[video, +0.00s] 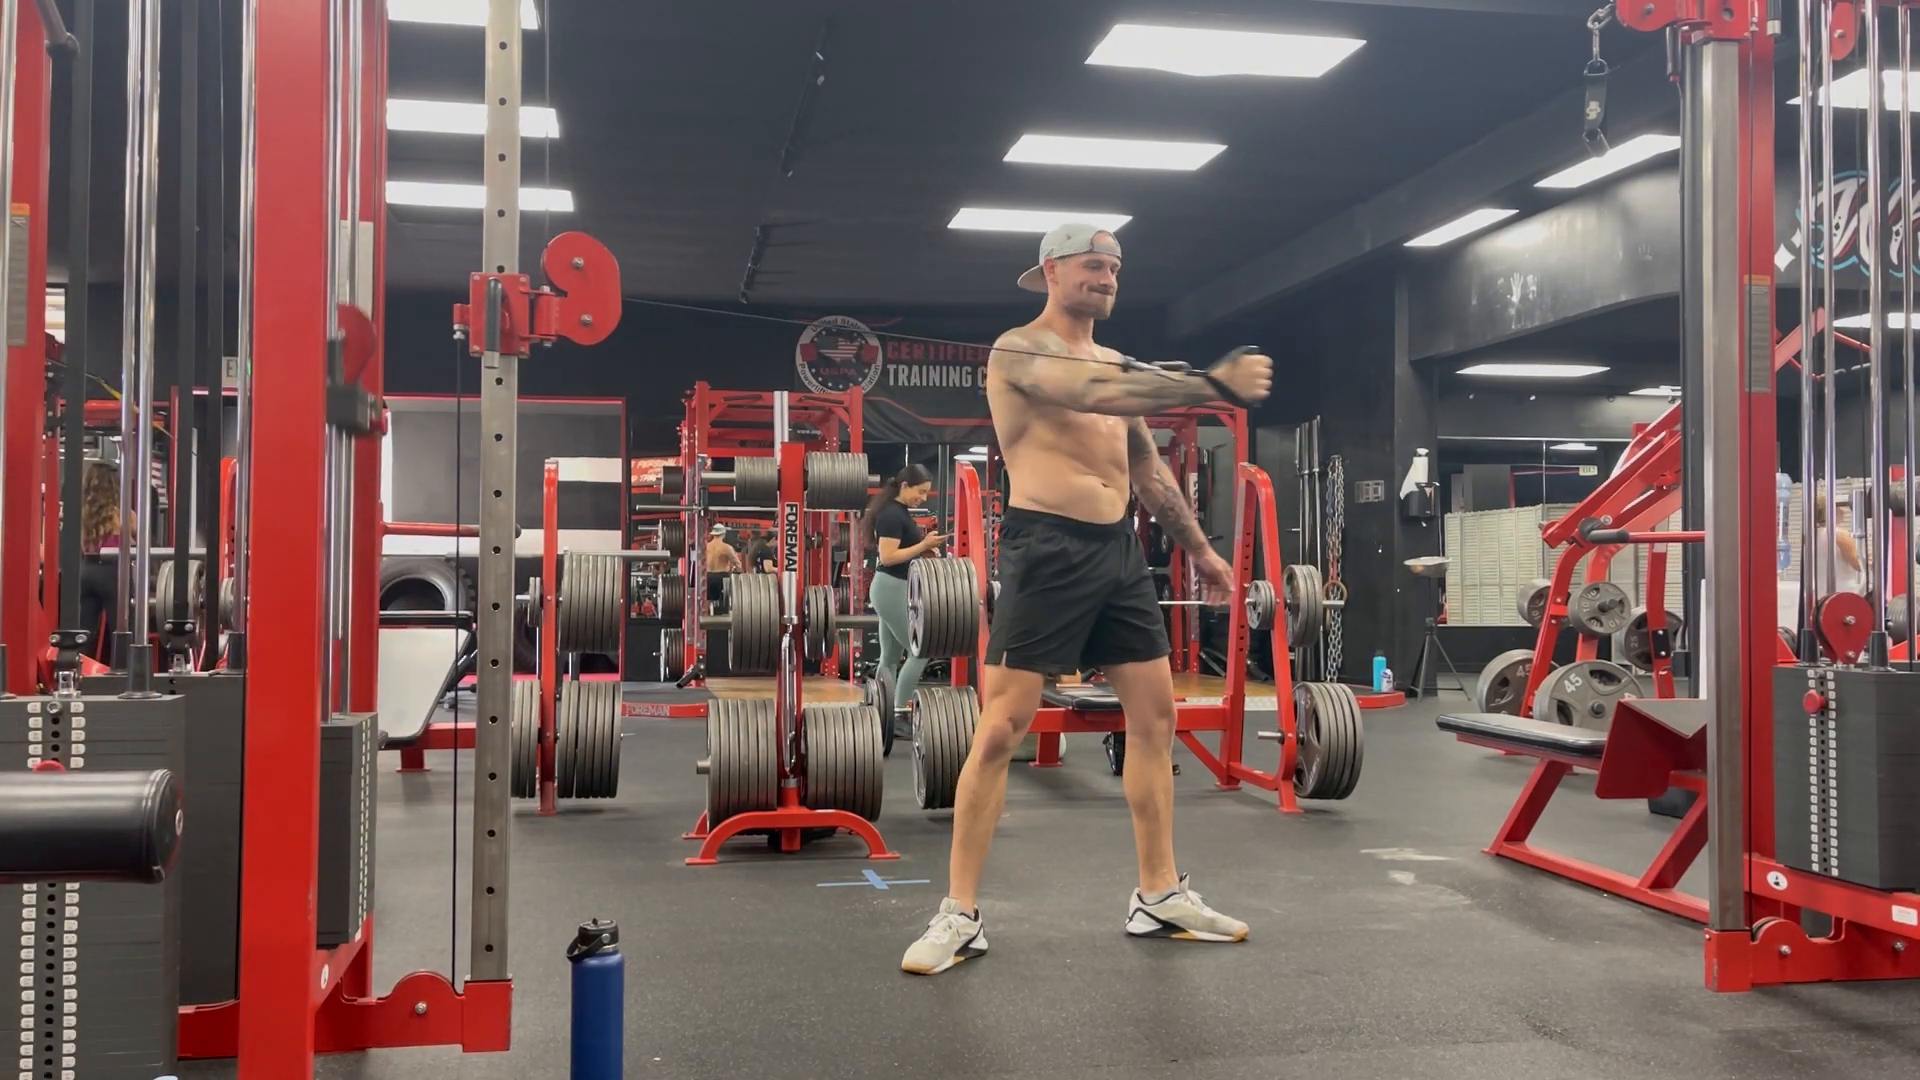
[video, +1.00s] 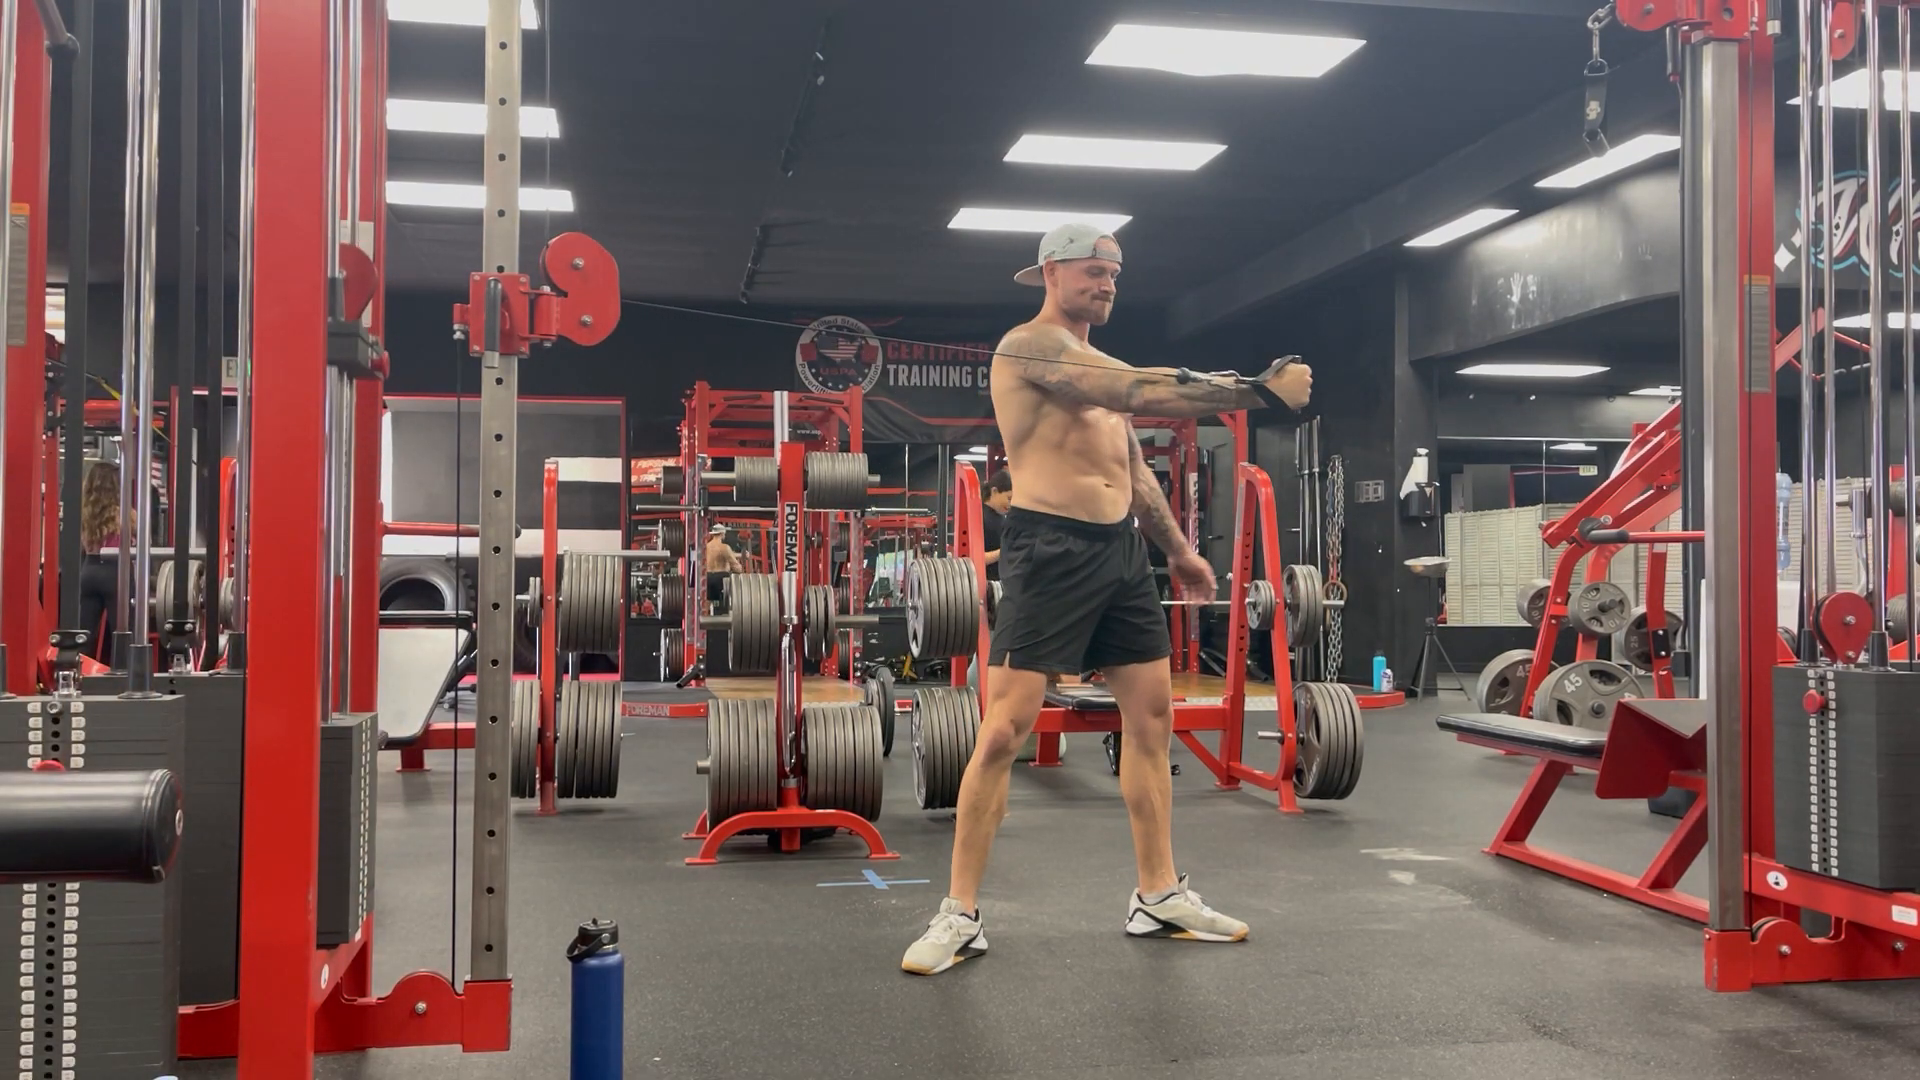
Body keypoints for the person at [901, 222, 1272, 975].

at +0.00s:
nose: (1103, 276)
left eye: (1111, 266)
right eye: (1089, 262)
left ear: (1116, 280)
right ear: (1047, 273)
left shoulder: (1122, 372)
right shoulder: (1016, 348)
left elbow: (1149, 469)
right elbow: (1085, 387)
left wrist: (1201, 549)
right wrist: (1208, 383)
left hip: (1118, 554)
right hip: (1042, 549)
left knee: (1154, 717)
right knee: (999, 731)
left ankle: (1159, 894)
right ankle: (959, 910)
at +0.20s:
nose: (1119, 279)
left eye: (1121, 269)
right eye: (1105, 265)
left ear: (1105, 284)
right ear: (1059, 273)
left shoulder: (1102, 363)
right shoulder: (1037, 346)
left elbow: (1114, 472)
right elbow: (1154, 389)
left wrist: (1149, 549)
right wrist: (1278, 390)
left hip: (1120, 556)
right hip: (1050, 550)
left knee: (1151, 720)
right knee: (1009, 734)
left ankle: (1159, 894)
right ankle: (960, 910)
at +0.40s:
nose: (1127, 288)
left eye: (1129, 277)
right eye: (1117, 274)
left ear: (1086, 278)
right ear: (1073, 274)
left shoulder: (1091, 350)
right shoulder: (1060, 340)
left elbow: (1174, 397)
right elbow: (1171, 392)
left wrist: (1260, 396)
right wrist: (1278, 399)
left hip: (1114, 555)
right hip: (1053, 549)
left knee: (1147, 720)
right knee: (1012, 736)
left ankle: (1159, 894)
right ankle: (959, 911)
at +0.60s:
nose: (1125, 289)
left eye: (1127, 277)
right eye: (1116, 275)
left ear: (1083, 279)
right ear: (1072, 275)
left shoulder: (1088, 349)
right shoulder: (1063, 341)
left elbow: (1174, 395)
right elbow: (1177, 393)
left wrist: (1259, 394)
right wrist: (1275, 396)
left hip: (1114, 555)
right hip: (1053, 550)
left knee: (1144, 720)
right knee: (1014, 736)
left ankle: (1158, 895)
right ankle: (960, 910)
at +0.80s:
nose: (1117, 285)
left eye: (1120, 274)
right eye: (1104, 271)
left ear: (1103, 284)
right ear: (1059, 275)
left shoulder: (1095, 355)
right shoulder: (1046, 342)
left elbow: (1174, 395)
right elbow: (1156, 390)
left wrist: (1269, 394)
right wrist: (1273, 394)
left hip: (1118, 554)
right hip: (1052, 549)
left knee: (1148, 720)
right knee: (1011, 736)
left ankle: (1159, 895)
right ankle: (960, 910)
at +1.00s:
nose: (1105, 279)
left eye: (1112, 271)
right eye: (1090, 266)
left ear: (1112, 286)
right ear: (1047, 276)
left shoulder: (1110, 371)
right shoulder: (1026, 345)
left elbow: (1135, 474)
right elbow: (1129, 388)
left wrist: (1180, 549)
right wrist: (1255, 390)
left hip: (1124, 554)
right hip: (1047, 551)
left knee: (1152, 720)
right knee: (1002, 733)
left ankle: (1158, 894)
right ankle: (960, 910)